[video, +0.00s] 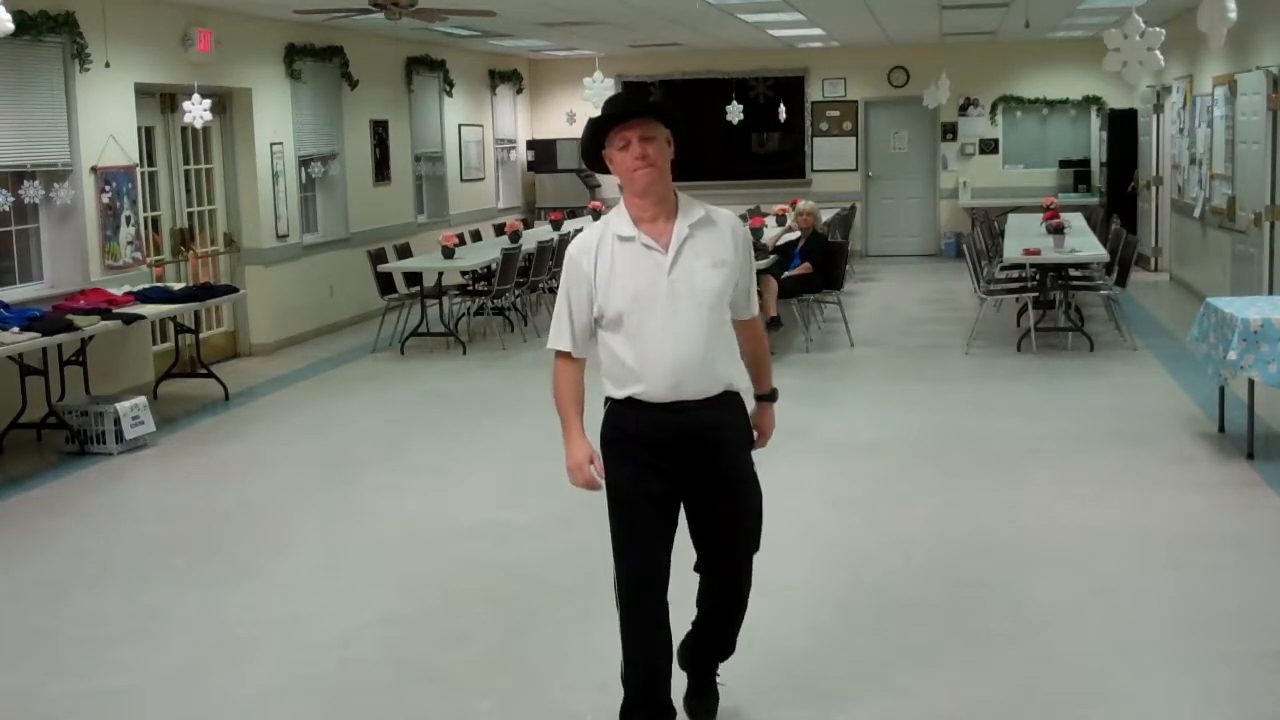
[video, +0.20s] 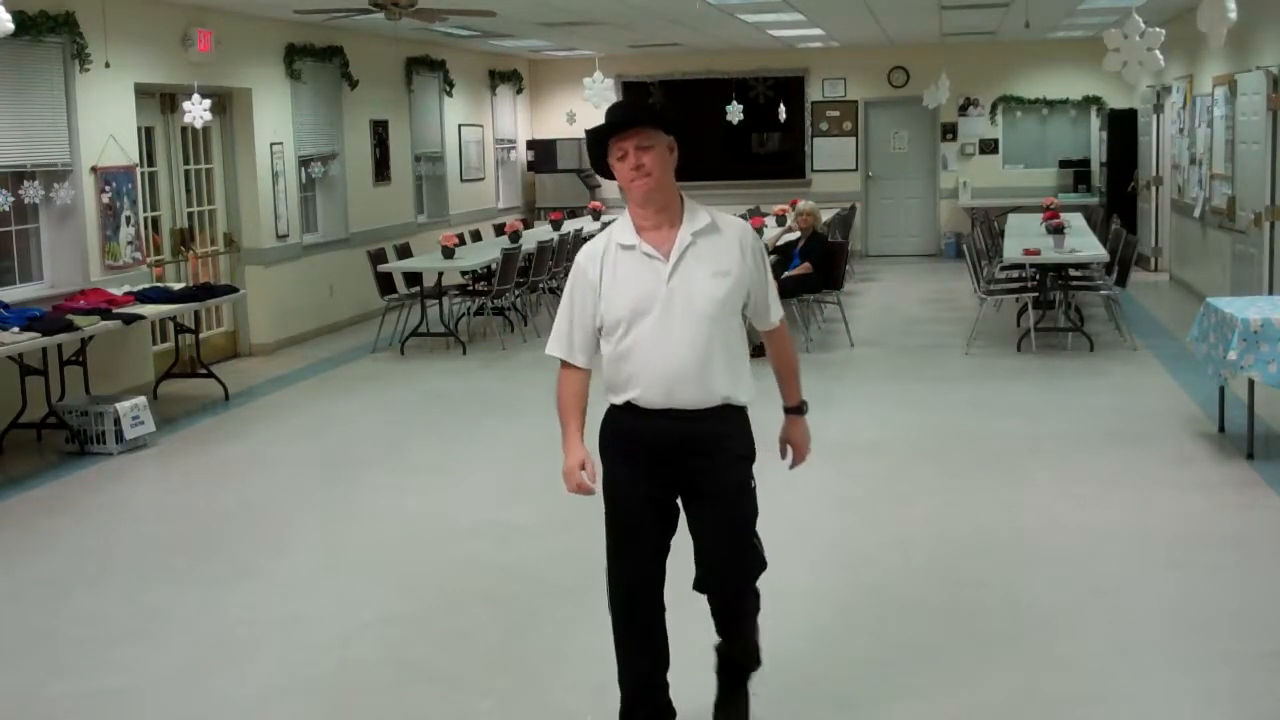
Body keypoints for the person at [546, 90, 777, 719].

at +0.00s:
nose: (639, 150)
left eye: (648, 138)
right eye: (624, 144)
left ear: (671, 149)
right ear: (609, 165)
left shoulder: (726, 230)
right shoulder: (589, 247)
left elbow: (747, 318)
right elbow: (568, 351)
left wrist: (764, 394)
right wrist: (574, 435)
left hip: (718, 425)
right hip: (636, 430)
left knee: (732, 569)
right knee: (640, 585)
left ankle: (702, 661)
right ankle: (645, 713)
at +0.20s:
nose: (636, 161)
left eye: (647, 147)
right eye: (623, 153)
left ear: (674, 154)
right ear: (612, 169)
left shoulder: (735, 239)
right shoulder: (596, 255)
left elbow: (773, 327)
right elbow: (574, 357)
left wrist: (794, 410)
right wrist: (573, 440)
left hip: (718, 431)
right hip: (632, 435)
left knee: (730, 574)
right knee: (632, 589)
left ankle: (735, 674)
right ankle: (644, 712)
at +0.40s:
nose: (630, 174)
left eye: (641, 159)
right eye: (625, 164)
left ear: (682, 154)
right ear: (632, 172)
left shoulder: (757, 237)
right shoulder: (630, 254)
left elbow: (807, 332)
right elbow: (611, 357)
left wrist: (813, 425)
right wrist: (589, 443)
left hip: (725, 436)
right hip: (647, 434)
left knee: (741, 588)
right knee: (643, 591)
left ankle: (777, 705)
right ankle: (642, 716)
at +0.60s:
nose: (638, 171)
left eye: (644, 156)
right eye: (636, 159)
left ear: (678, 151)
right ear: (676, 155)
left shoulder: (747, 232)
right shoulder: (674, 229)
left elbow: (808, 327)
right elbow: (660, 328)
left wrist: (816, 429)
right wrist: (632, 405)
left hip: (740, 426)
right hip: (679, 422)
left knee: (755, 569)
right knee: (650, 552)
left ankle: (778, 699)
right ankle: (680, 680)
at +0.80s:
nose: (650, 175)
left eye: (650, 162)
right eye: (650, 163)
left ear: (667, 156)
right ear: (698, 157)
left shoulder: (712, 229)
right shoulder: (704, 222)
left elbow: (738, 330)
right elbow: (724, 329)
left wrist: (744, 424)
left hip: (721, 419)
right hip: (700, 414)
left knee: (739, 561)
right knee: (690, 537)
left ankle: (776, 703)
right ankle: (729, 672)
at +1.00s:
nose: (650, 165)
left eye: (648, 155)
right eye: (652, 155)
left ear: (656, 154)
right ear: (708, 155)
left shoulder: (671, 226)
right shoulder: (741, 221)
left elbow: (654, 331)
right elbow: (763, 322)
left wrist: (619, 422)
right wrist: (765, 392)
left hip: (688, 406)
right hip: (743, 398)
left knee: (692, 544)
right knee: (737, 536)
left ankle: (737, 688)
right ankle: (733, 668)